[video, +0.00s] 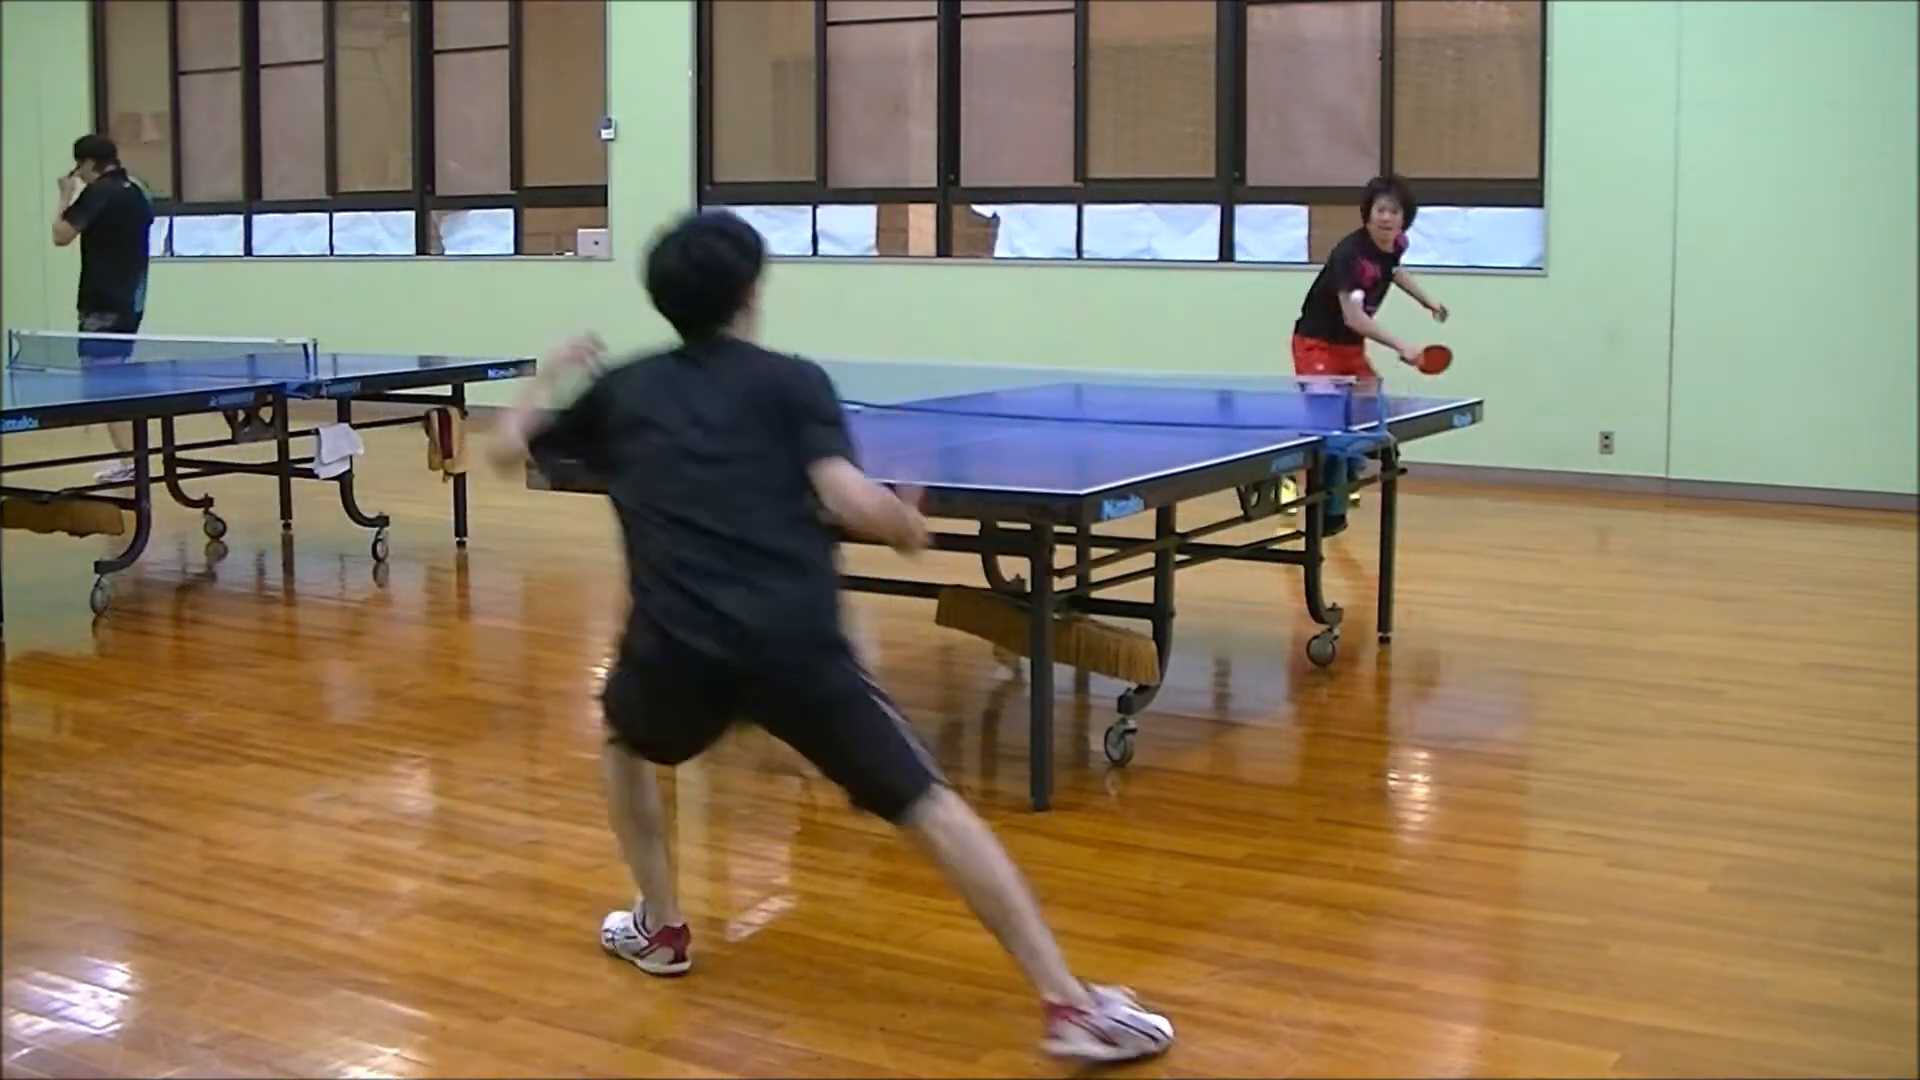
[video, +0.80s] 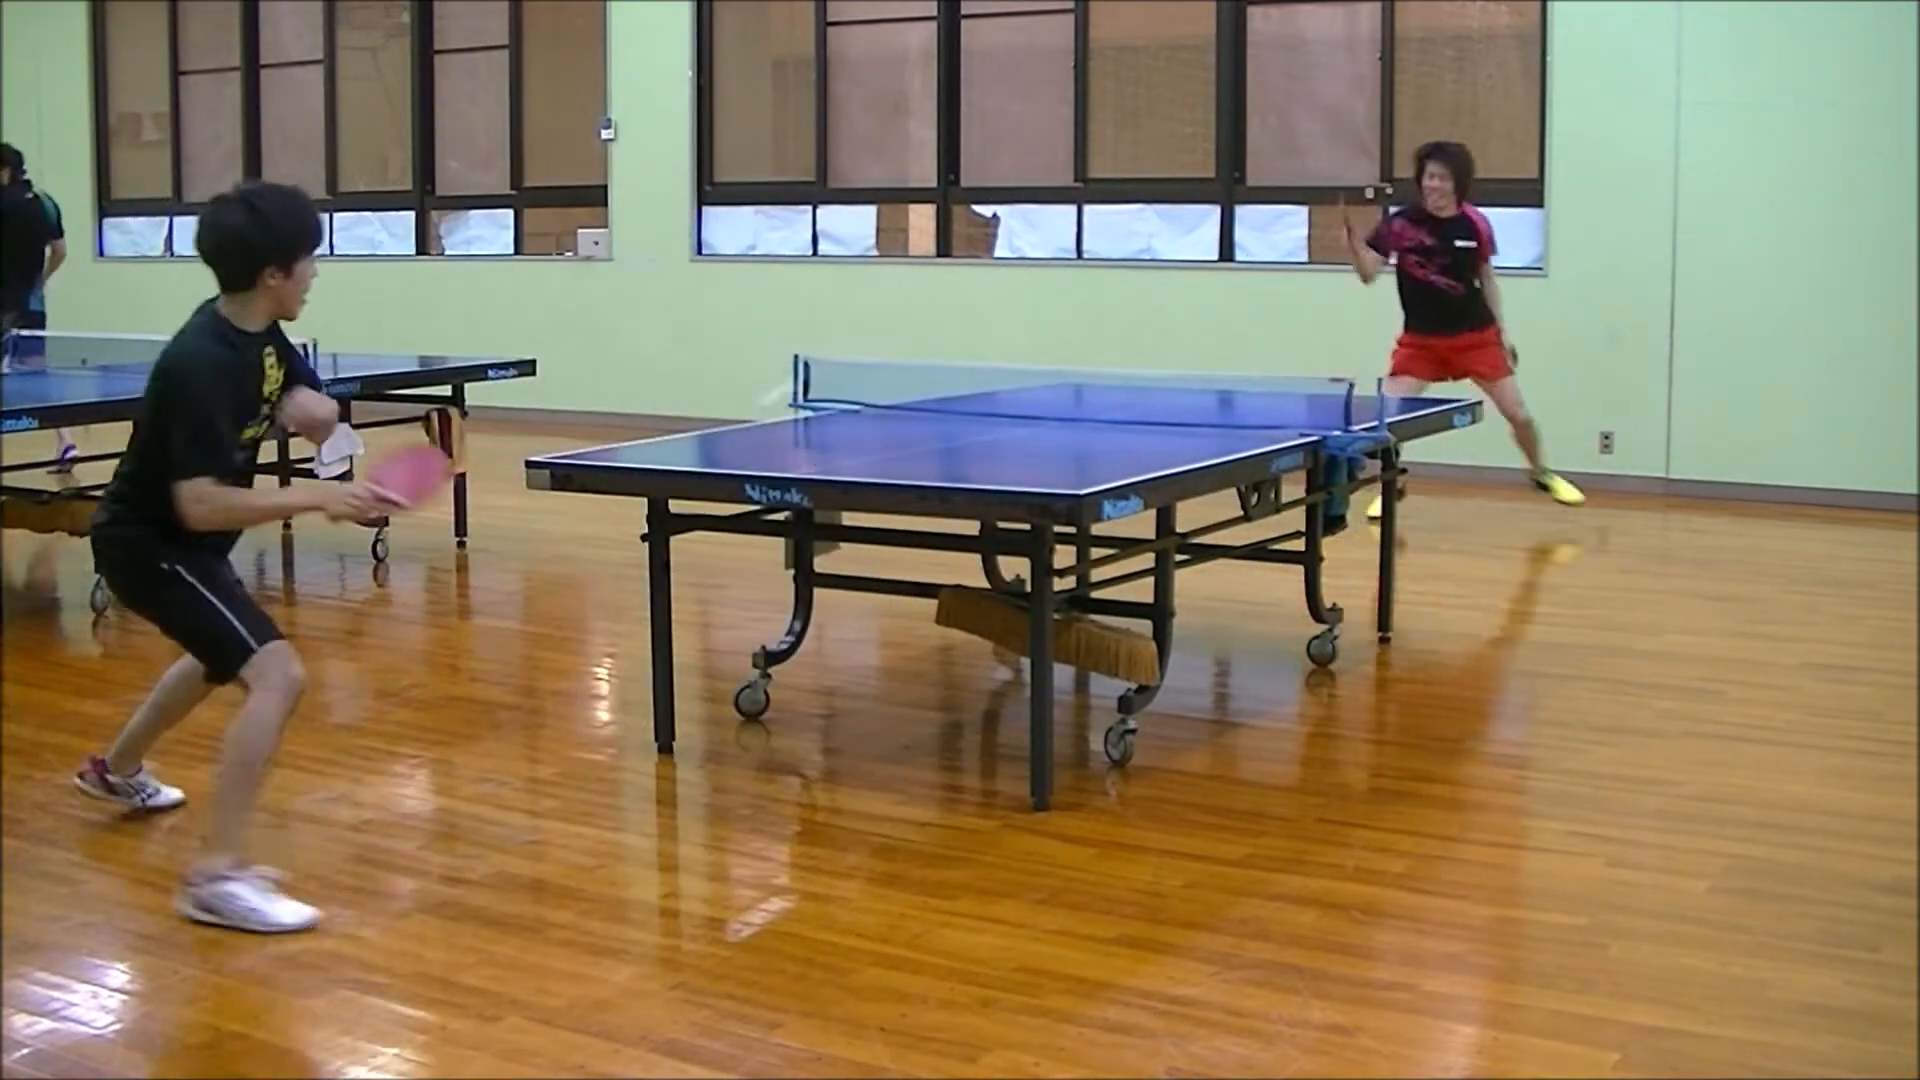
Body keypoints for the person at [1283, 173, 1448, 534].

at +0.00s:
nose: (1386, 218)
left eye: (1394, 211)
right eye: (1379, 209)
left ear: (1405, 218)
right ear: (1366, 214)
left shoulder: (1396, 245)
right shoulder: (1350, 254)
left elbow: (1394, 273)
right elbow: (1353, 317)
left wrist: (1428, 302)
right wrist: (1399, 346)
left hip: (1350, 344)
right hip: (1316, 345)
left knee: (1372, 410)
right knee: (1326, 423)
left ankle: (1343, 477)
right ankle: (1311, 504)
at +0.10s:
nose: (1395, 239)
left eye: (1403, 233)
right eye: (1388, 231)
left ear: (1413, 241)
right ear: (1374, 234)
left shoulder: (1392, 264)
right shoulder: (1360, 270)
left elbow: (1388, 279)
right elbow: (1371, 339)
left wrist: (1404, 294)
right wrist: (1416, 361)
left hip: (1337, 355)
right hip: (1306, 352)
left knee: (1370, 412)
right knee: (1330, 426)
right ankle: (1316, 506)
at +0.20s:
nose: (1397, 256)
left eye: (1405, 249)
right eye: (1390, 246)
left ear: (1412, 255)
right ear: (1374, 248)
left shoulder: (1388, 282)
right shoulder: (1358, 289)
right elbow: (1374, 355)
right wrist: (1419, 384)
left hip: (1336, 365)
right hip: (1306, 364)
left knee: (1364, 426)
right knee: (1333, 437)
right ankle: (1325, 516)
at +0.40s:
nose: (1367, 262)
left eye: (1376, 256)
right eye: (1361, 254)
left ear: (1389, 258)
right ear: (1348, 254)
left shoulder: (1390, 275)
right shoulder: (1338, 287)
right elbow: (1351, 343)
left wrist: (1390, 354)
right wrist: (1387, 355)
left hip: (1369, 369)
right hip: (1330, 370)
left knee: (1357, 445)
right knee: (1331, 444)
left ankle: (1336, 510)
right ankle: (1323, 514)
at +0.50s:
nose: (1364, 238)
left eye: (1367, 230)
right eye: (1356, 233)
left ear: (1376, 231)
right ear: (1344, 239)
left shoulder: (1396, 257)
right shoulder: (1340, 272)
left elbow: (1420, 263)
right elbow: (1339, 282)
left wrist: (1439, 266)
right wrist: (1356, 249)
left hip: (1393, 365)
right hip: (1349, 366)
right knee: (1337, 438)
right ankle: (1328, 512)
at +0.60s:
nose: (1372, 211)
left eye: (1379, 204)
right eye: (1367, 205)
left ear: (1397, 204)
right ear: (1361, 207)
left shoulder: (1419, 227)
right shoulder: (1355, 238)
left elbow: (1445, 238)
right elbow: (1327, 226)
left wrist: (1473, 245)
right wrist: (1335, 173)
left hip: (1423, 351)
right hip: (1374, 354)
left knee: (1460, 411)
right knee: (1348, 428)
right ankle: (1333, 511)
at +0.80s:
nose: (1432, 184)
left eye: (1442, 178)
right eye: (1427, 176)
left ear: (1459, 183)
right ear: (1420, 179)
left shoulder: (1474, 223)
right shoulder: (1400, 223)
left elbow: (1487, 280)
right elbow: (1369, 272)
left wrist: (1500, 333)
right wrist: (1355, 245)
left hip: (1476, 338)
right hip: (1420, 341)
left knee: (1519, 415)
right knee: (1389, 416)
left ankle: (1540, 473)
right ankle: (1389, 490)